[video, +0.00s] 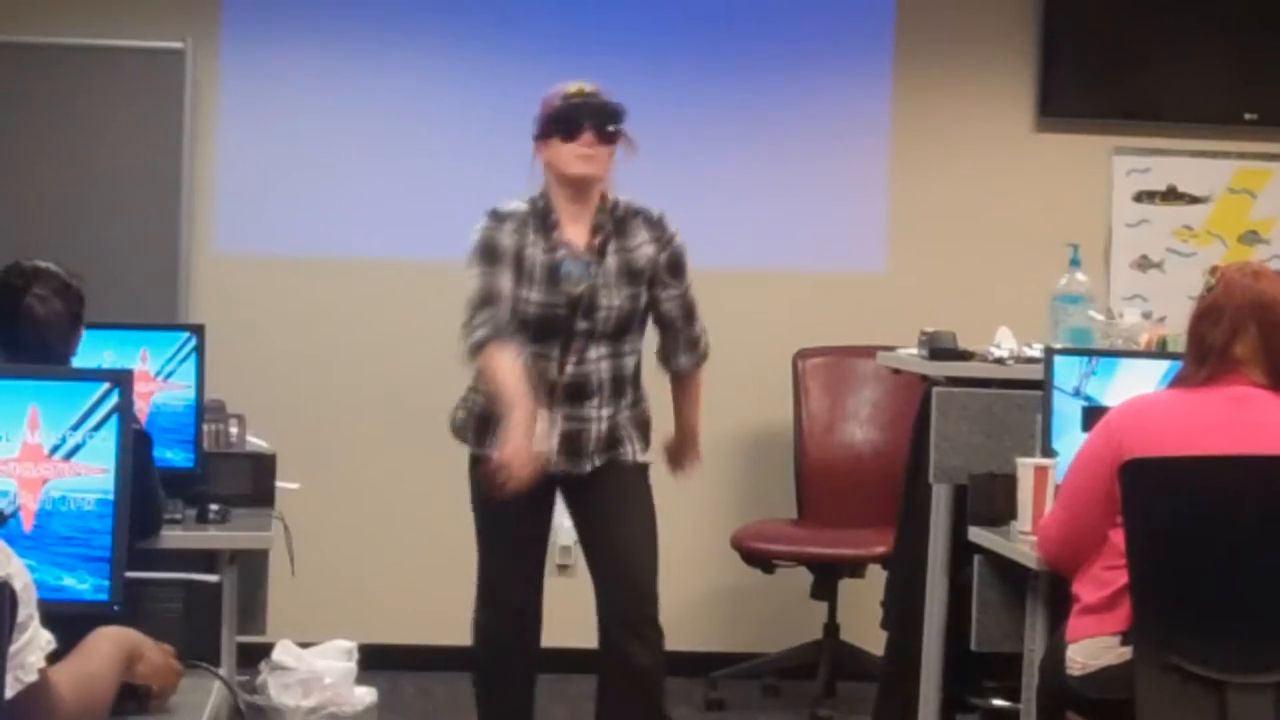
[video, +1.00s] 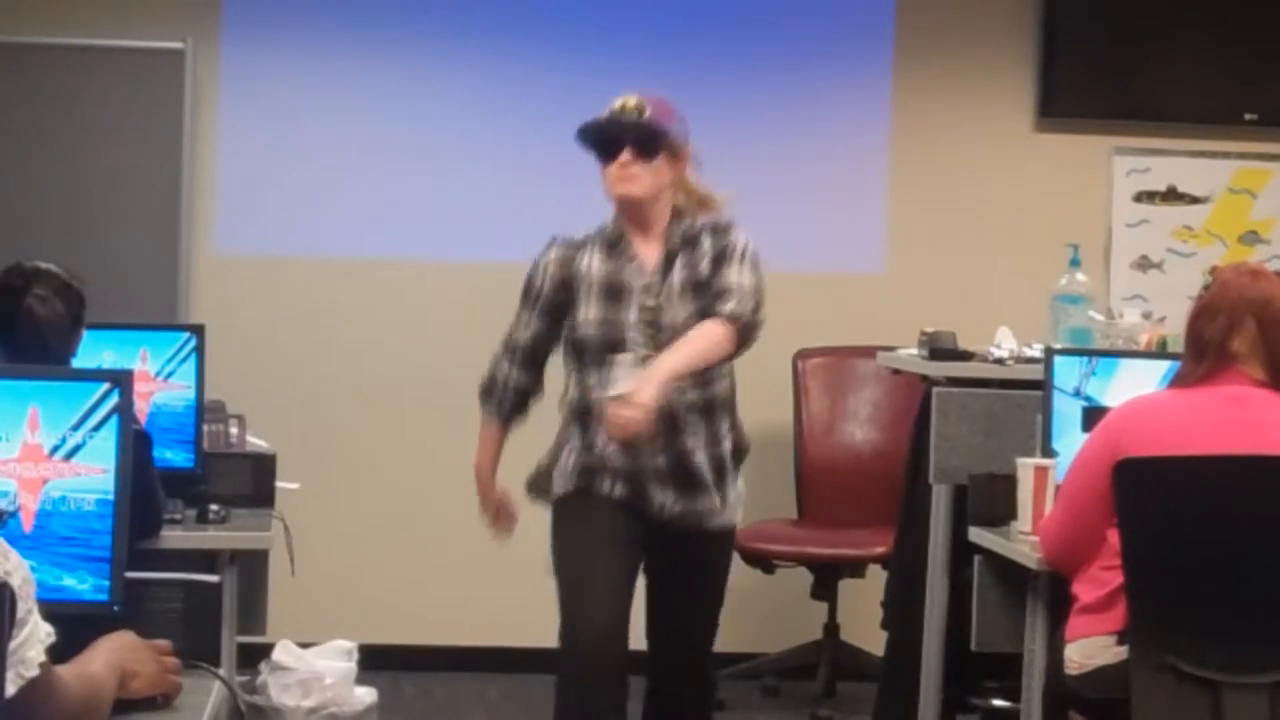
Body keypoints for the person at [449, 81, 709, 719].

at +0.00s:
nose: (588, 141)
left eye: (603, 132)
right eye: (569, 131)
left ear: (617, 149)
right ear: (542, 149)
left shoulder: (648, 234)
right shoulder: (507, 229)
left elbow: (684, 338)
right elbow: (491, 332)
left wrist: (686, 428)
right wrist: (520, 414)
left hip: (610, 440)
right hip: (514, 438)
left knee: (634, 615)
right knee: (507, 615)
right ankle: (504, 715)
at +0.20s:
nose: (637, 185)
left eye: (641, 175)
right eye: (617, 176)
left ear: (647, 184)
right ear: (575, 191)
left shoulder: (661, 270)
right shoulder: (538, 259)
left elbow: (673, 362)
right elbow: (556, 321)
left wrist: (665, 401)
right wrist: (644, 355)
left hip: (628, 482)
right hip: (531, 480)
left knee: (666, 634)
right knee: (501, 639)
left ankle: (669, 718)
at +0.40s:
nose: (678, 146)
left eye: (679, 136)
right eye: (659, 138)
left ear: (680, 144)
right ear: (613, 151)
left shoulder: (694, 233)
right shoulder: (567, 227)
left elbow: (681, 343)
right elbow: (599, 338)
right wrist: (680, 419)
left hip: (672, 460)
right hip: (572, 459)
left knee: (686, 644)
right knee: (559, 643)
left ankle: (687, 718)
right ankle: (540, 716)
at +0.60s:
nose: (701, 156)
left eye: (704, 145)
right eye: (682, 148)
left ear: (709, 153)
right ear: (637, 161)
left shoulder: (730, 248)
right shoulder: (586, 242)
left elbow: (746, 373)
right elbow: (545, 370)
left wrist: (726, 455)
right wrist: (570, 471)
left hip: (698, 472)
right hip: (596, 470)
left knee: (707, 639)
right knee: (595, 644)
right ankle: (600, 719)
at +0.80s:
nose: (672, 162)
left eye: (687, 151)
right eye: (654, 152)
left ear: (707, 165)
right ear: (630, 169)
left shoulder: (739, 259)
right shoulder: (588, 257)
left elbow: (768, 373)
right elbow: (530, 371)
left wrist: (767, 464)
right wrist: (490, 472)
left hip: (709, 488)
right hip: (608, 486)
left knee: (705, 665)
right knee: (602, 661)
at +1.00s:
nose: (625, 160)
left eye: (644, 148)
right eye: (612, 149)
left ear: (678, 163)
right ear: (600, 165)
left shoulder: (719, 244)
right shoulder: (568, 260)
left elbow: (731, 322)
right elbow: (516, 366)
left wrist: (653, 379)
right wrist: (486, 475)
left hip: (693, 489)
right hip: (595, 485)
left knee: (683, 670)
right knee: (590, 658)